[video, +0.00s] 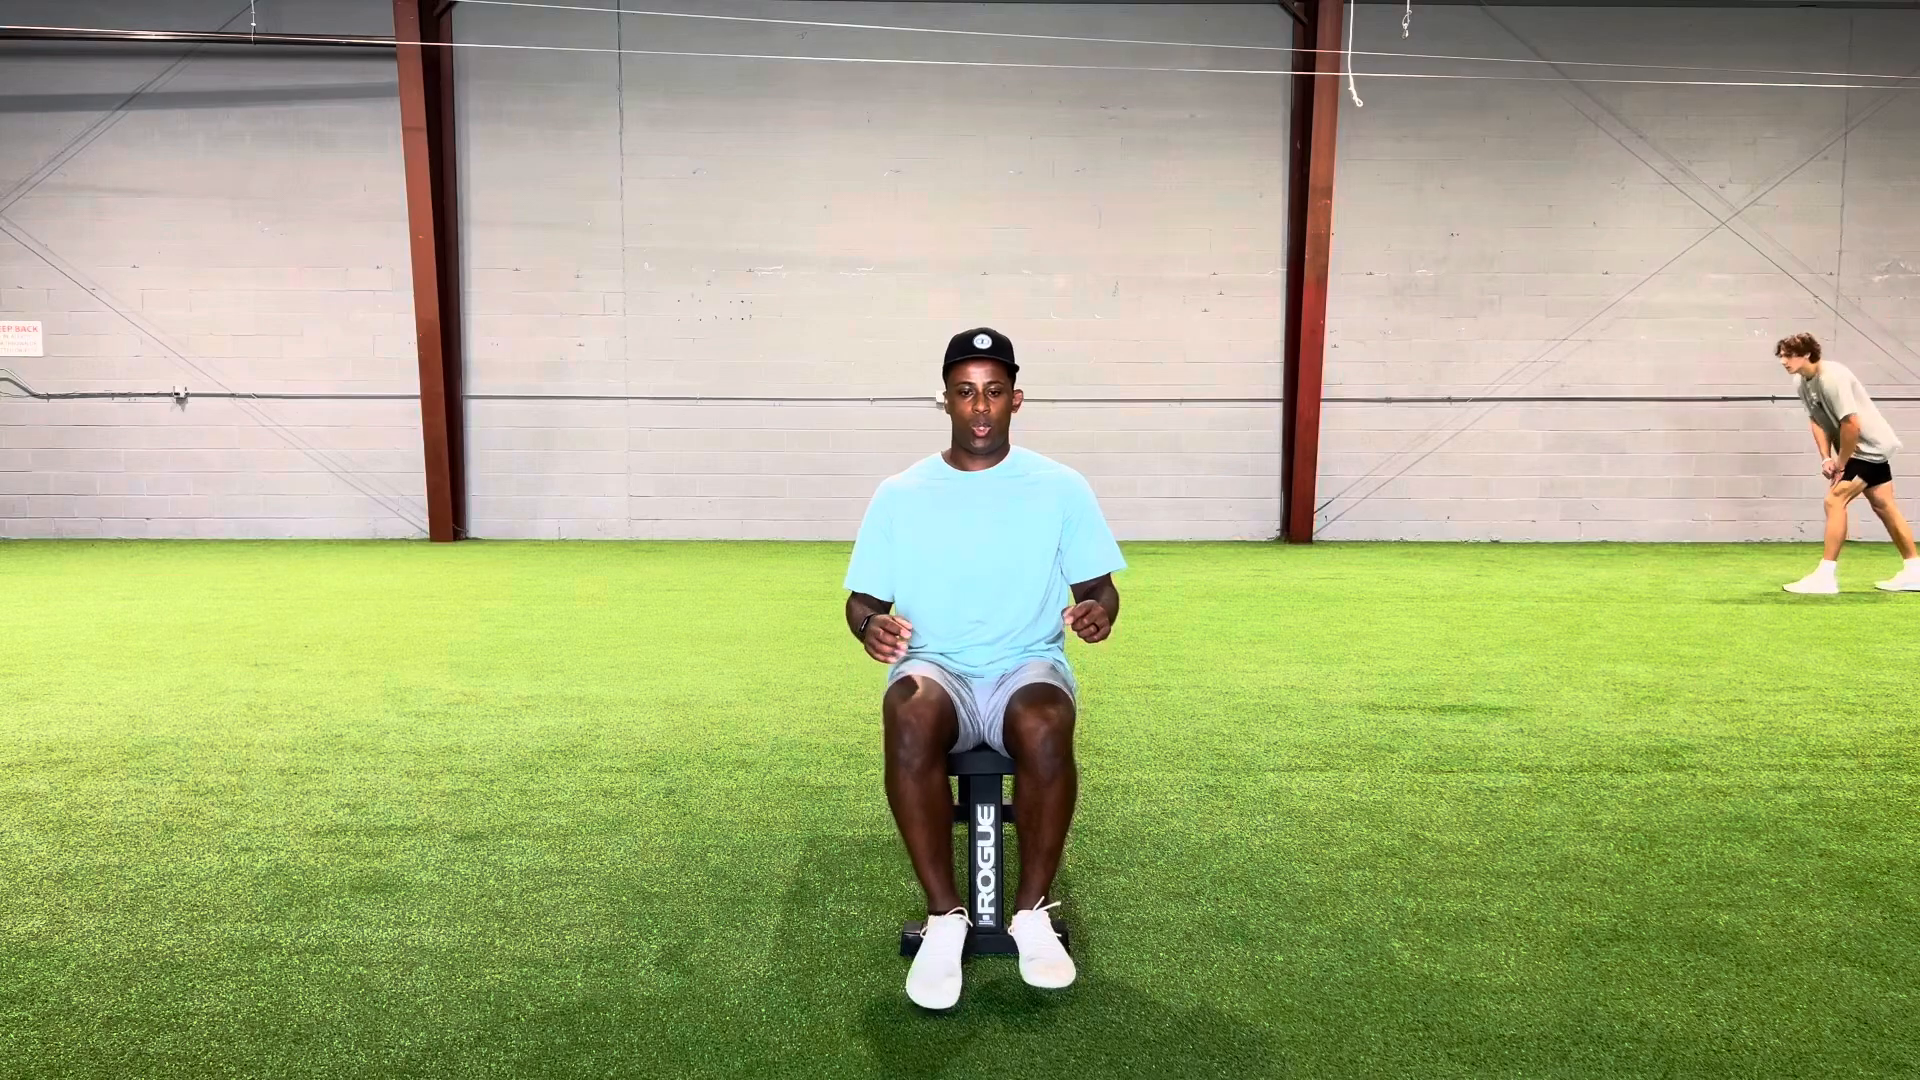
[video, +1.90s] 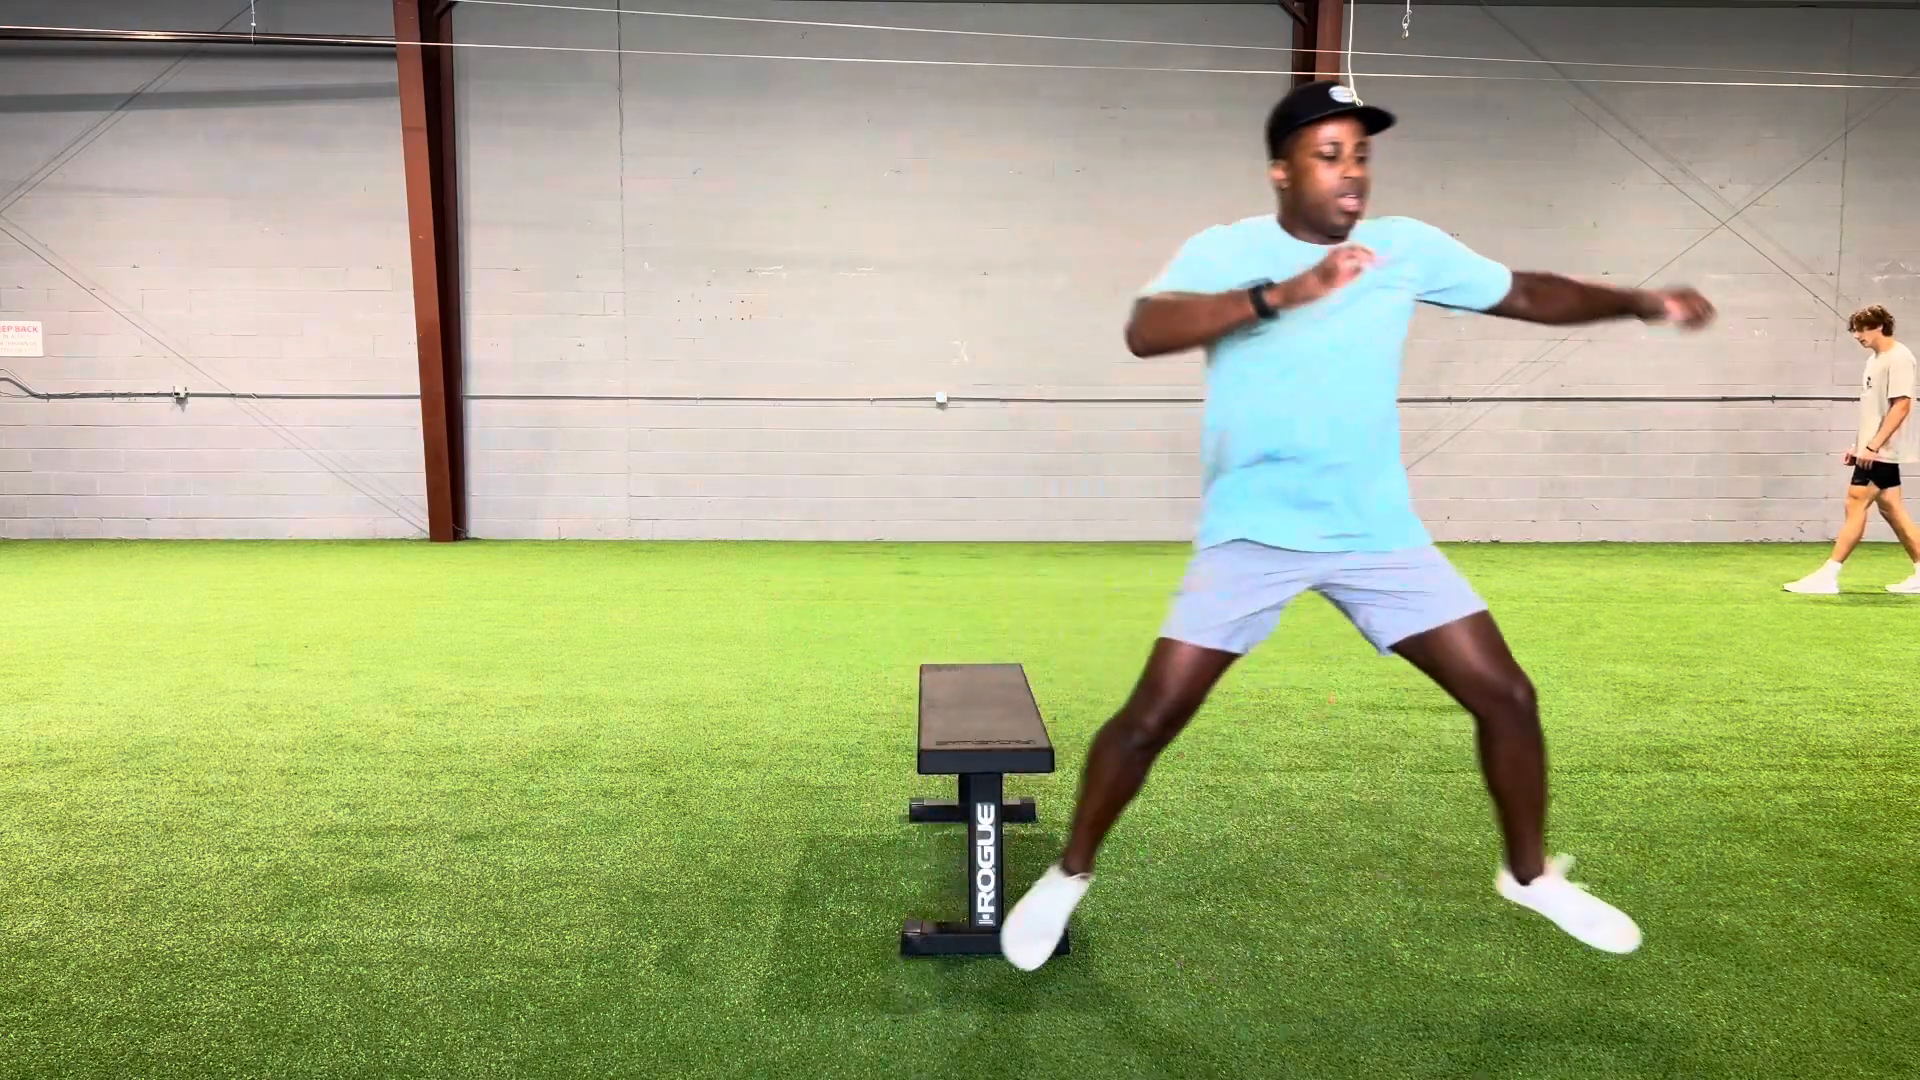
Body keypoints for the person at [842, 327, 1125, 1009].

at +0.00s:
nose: (981, 405)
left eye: (994, 391)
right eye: (966, 392)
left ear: (1014, 399)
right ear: (946, 401)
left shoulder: (1061, 489)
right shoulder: (900, 495)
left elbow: (1095, 584)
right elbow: (862, 599)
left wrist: (1097, 609)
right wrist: (870, 624)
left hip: (1028, 661)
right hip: (933, 665)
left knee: (1044, 722)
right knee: (911, 712)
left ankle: (1032, 909)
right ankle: (944, 914)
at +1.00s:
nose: (978, 416)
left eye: (992, 400)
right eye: (961, 402)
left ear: (1013, 406)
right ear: (941, 409)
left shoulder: (1056, 485)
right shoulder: (895, 491)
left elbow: (1085, 591)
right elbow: (851, 594)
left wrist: (1051, 626)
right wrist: (889, 632)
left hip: (1027, 675)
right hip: (932, 675)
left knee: (1054, 734)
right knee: (897, 735)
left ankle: (1021, 908)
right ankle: (919, 916)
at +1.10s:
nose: (968, 422)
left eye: (982, 404)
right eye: (952, 406)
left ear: (1006, 407)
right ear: (931, 410)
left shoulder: (1043, 466)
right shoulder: (890, 472)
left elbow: (1072, 548)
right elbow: (808, 534)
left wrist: (978, 522)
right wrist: (840, 540)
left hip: (1032, 666)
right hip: (929, 671)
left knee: (1062, 727)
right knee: (902, 748)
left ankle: (1021, 892)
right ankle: (921, 935)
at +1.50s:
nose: (1026, 336)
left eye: (1042, 318)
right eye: (1007, 318)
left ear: (1064, 326)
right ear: (980, 328)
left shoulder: (1103, 422)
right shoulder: (929, 413)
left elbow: (1056, 568)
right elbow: (881, 507)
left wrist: (917, 620)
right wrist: (864, 622)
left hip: (1065, 622)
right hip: (957, 619)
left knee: (1120, 786)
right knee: (924, 780)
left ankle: (1013, 890)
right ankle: (922, 939)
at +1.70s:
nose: (1126, 273)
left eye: (1137, 257)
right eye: (1105, 260)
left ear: (1151, 263)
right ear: (1067, 273)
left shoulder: (1204, 348)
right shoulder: (1026, 354)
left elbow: (1339, 399)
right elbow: (951, 440)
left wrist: (1347, 363)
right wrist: (1054, 378)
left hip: (1173, 600)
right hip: (1049, 612)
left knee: (1310, 721)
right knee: (969, 773)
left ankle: (1236, 871)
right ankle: (928, 943)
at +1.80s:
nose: (1236, 208)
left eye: (1247, 191)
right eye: (1215, 194)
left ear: (1267, 199)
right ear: (1175, 209)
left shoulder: (1306, 267)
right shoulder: (1130, 296)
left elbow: (1427, 269)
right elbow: (1045, 307)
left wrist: (1456, 238)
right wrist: (1172, 251)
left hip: (1277, 561)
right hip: (1147, 574)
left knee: (1429, 685)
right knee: (1058, 733)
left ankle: (1364, 847)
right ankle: (957, 922)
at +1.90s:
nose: (1355, 175)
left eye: (1363, 158)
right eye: (1333, 158)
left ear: (1370, 166)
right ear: (1281, 168)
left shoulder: (1406, 250)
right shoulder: (1224, 251)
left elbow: (1527, 294)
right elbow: (1146, 331)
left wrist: (1638, 301)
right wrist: (1281, 295)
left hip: (1379, 535)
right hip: (1250, 535)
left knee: (1508, 695)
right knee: (1152, 713)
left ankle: (1531, 875)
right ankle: (1069, 872)